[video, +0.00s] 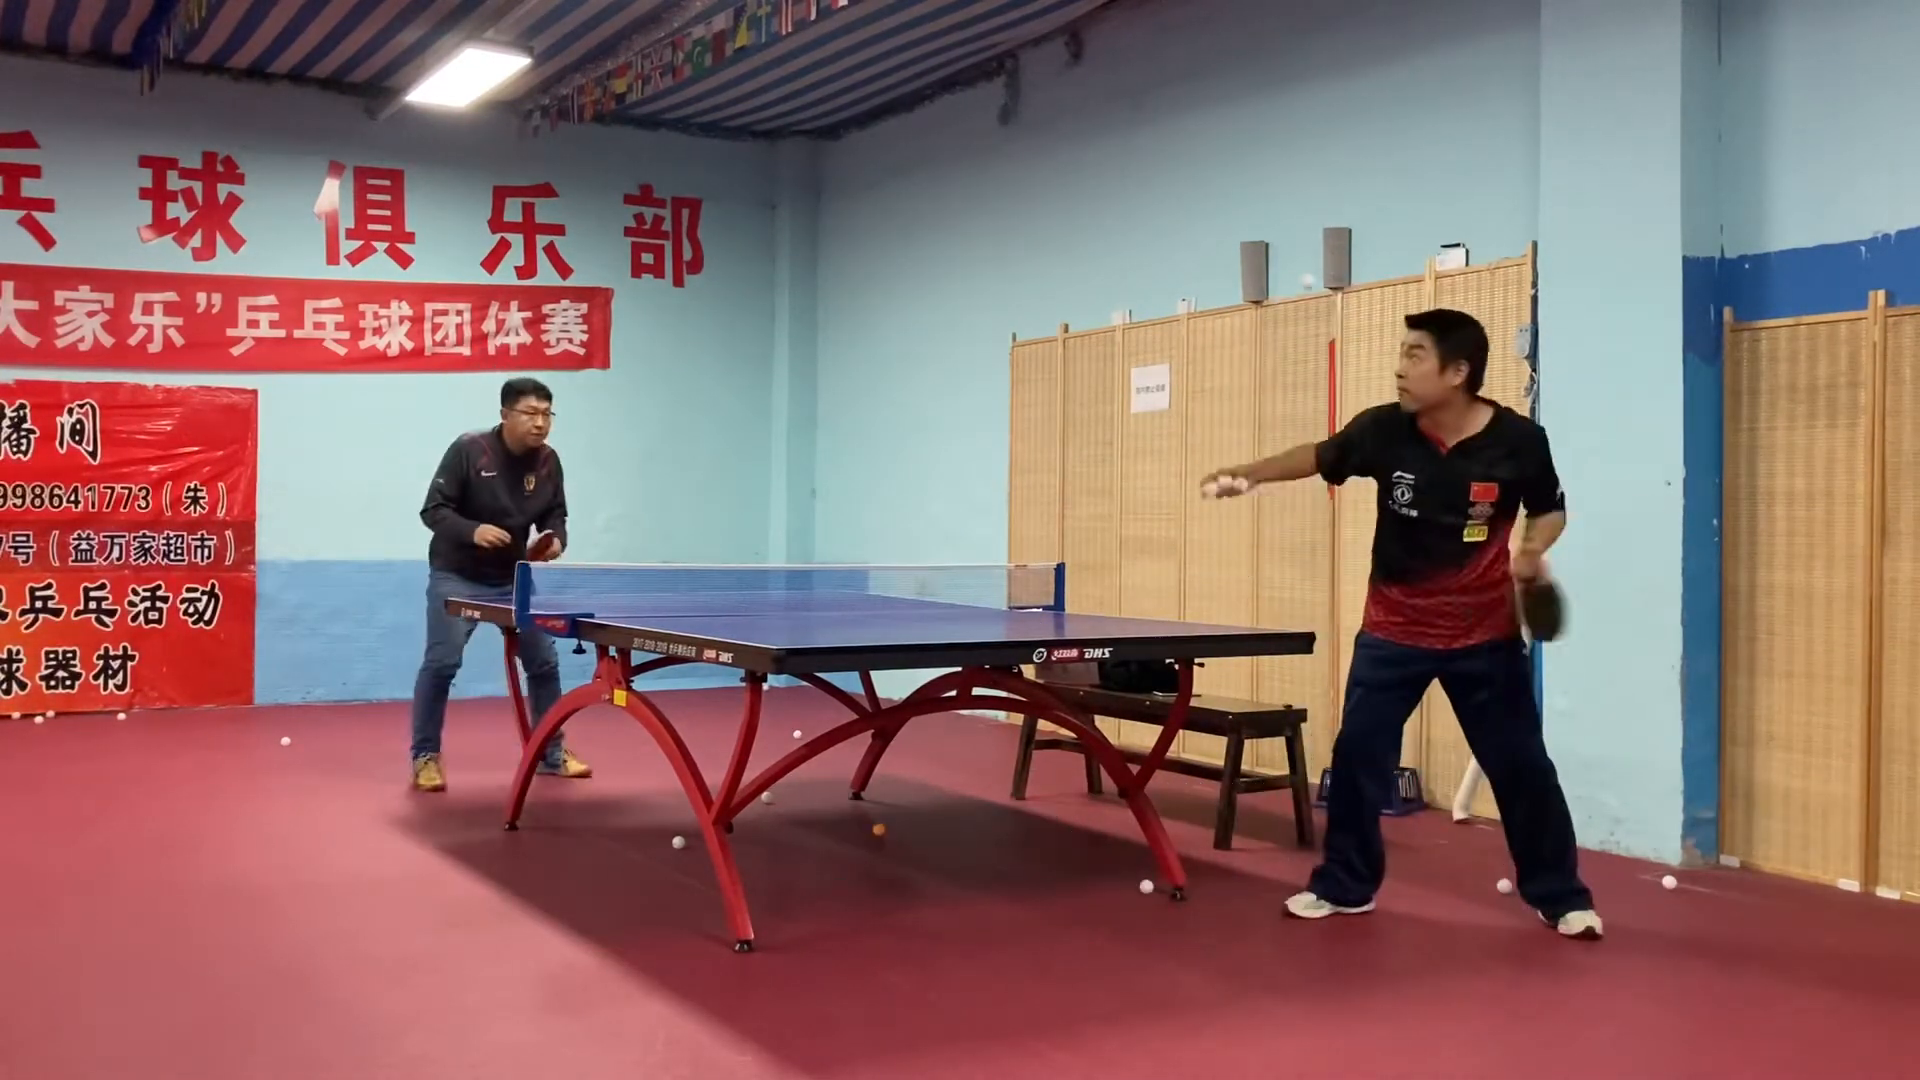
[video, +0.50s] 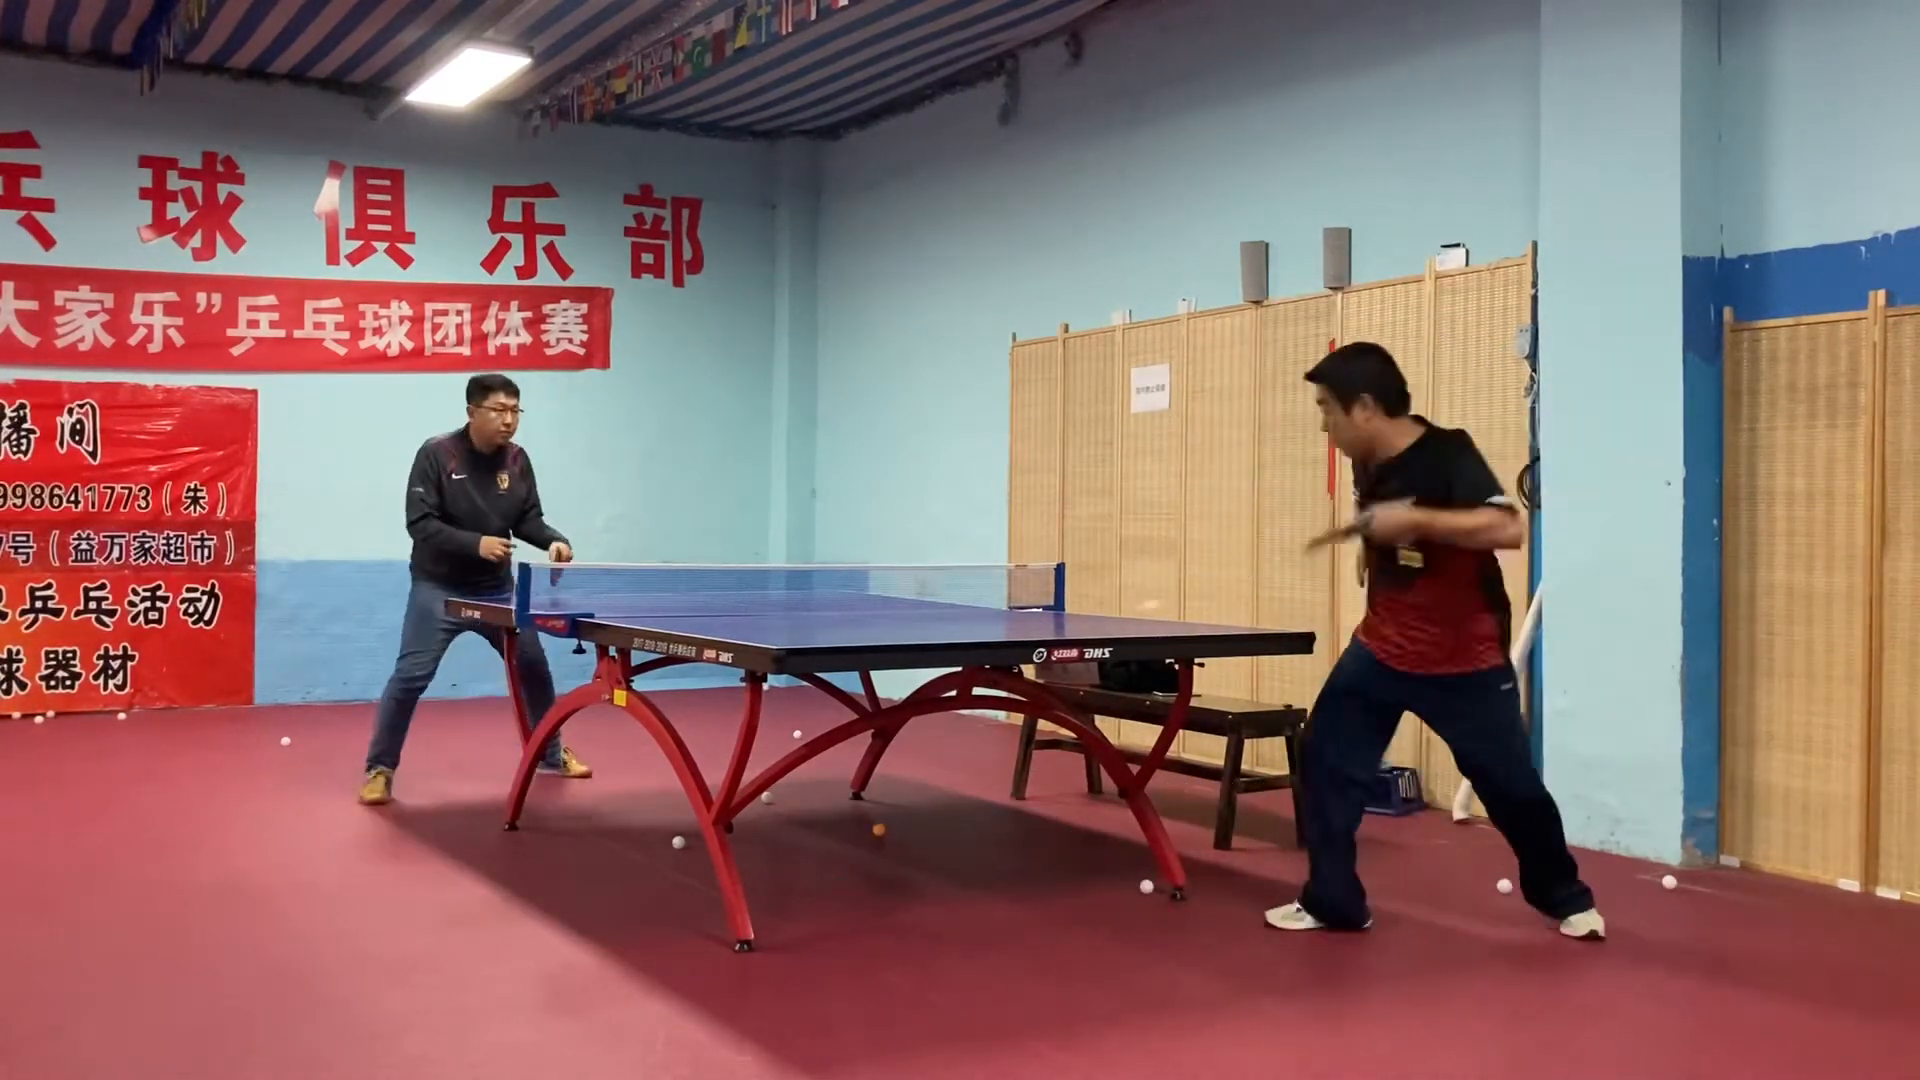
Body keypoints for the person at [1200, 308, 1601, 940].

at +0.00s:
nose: (1400, 368)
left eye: (1416, 356)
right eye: (1401, 355)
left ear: (1459, 371)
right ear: (1412, 367)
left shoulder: (1517, 440)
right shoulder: (1383, 430)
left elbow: (1549, 510)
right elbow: (1320, 456)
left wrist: (1531, 549)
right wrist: (1252, 474)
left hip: (1483, 635)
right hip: (1393, 632)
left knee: (1521, 765)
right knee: (1357, 753)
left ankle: (1561, 896)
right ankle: (1345, 885)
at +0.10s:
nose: (1414, 364)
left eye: (1431, 353)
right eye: (1416, 351)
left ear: (1474, 372)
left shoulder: (1522, 435)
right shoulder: (1390, 428)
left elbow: (1565, 490)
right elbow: (1332, 464)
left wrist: (1613, 511)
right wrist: (1276, 512)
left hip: (1490, 636)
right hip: (1399, 633)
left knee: (1526, 763)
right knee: (1362, 754)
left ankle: (1561, 895)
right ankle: (1345, 884)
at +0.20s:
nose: (1417, 371)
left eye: (1433, 360)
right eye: (1416, 359)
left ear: (1478, 373)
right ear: (1416, 367)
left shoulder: (1529, 431)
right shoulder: (1393, 432)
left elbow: (1587, 480)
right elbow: (1338, 470)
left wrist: (1636, 450)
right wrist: (1320, 538)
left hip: (1494, 635)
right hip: (1404, 633)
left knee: (1530, 764)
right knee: (1364, 752)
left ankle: (1563, 896)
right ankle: (1344, 884)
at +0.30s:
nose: (1402, 388)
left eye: (1414, 375)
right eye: (1401, 375)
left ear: (1461, 382)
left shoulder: (1525, 433)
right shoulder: (1391, 441)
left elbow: (1618, 459)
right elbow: (1342, 470)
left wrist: (1607, 437)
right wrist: (1356, 541)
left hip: (1496, 641)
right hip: (1404, 634)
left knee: (1536, 770)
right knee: (1351, 744)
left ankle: (1562, 896)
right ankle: (1343, 880)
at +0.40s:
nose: (1364, 415)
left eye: (1374, 401)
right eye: (1363, 401)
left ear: (1418, 402)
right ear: (1406, 404)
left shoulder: (1492, 442)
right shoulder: (1375, 454)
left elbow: (1589, 459)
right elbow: (1365, 493)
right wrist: (1367, 540)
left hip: (1486, 648)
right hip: (1396, 638)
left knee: (1529, 777)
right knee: (1334, 738)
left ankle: (1563, 894)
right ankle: (1350, 879)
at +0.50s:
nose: (1325, 426)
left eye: (1328, 411)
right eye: (1322, 412)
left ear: (1365, 408)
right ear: (1364, 409)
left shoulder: (1449, 451)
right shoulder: (1367, 464)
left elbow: (1510, 527)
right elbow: (1388, 523)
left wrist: (1413, 521)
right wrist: (1362, 535)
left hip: (1464, 659)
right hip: (1383, 650)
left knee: (1514, 788)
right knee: (1328, 758)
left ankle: (1568, 898)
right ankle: (1333, 901)